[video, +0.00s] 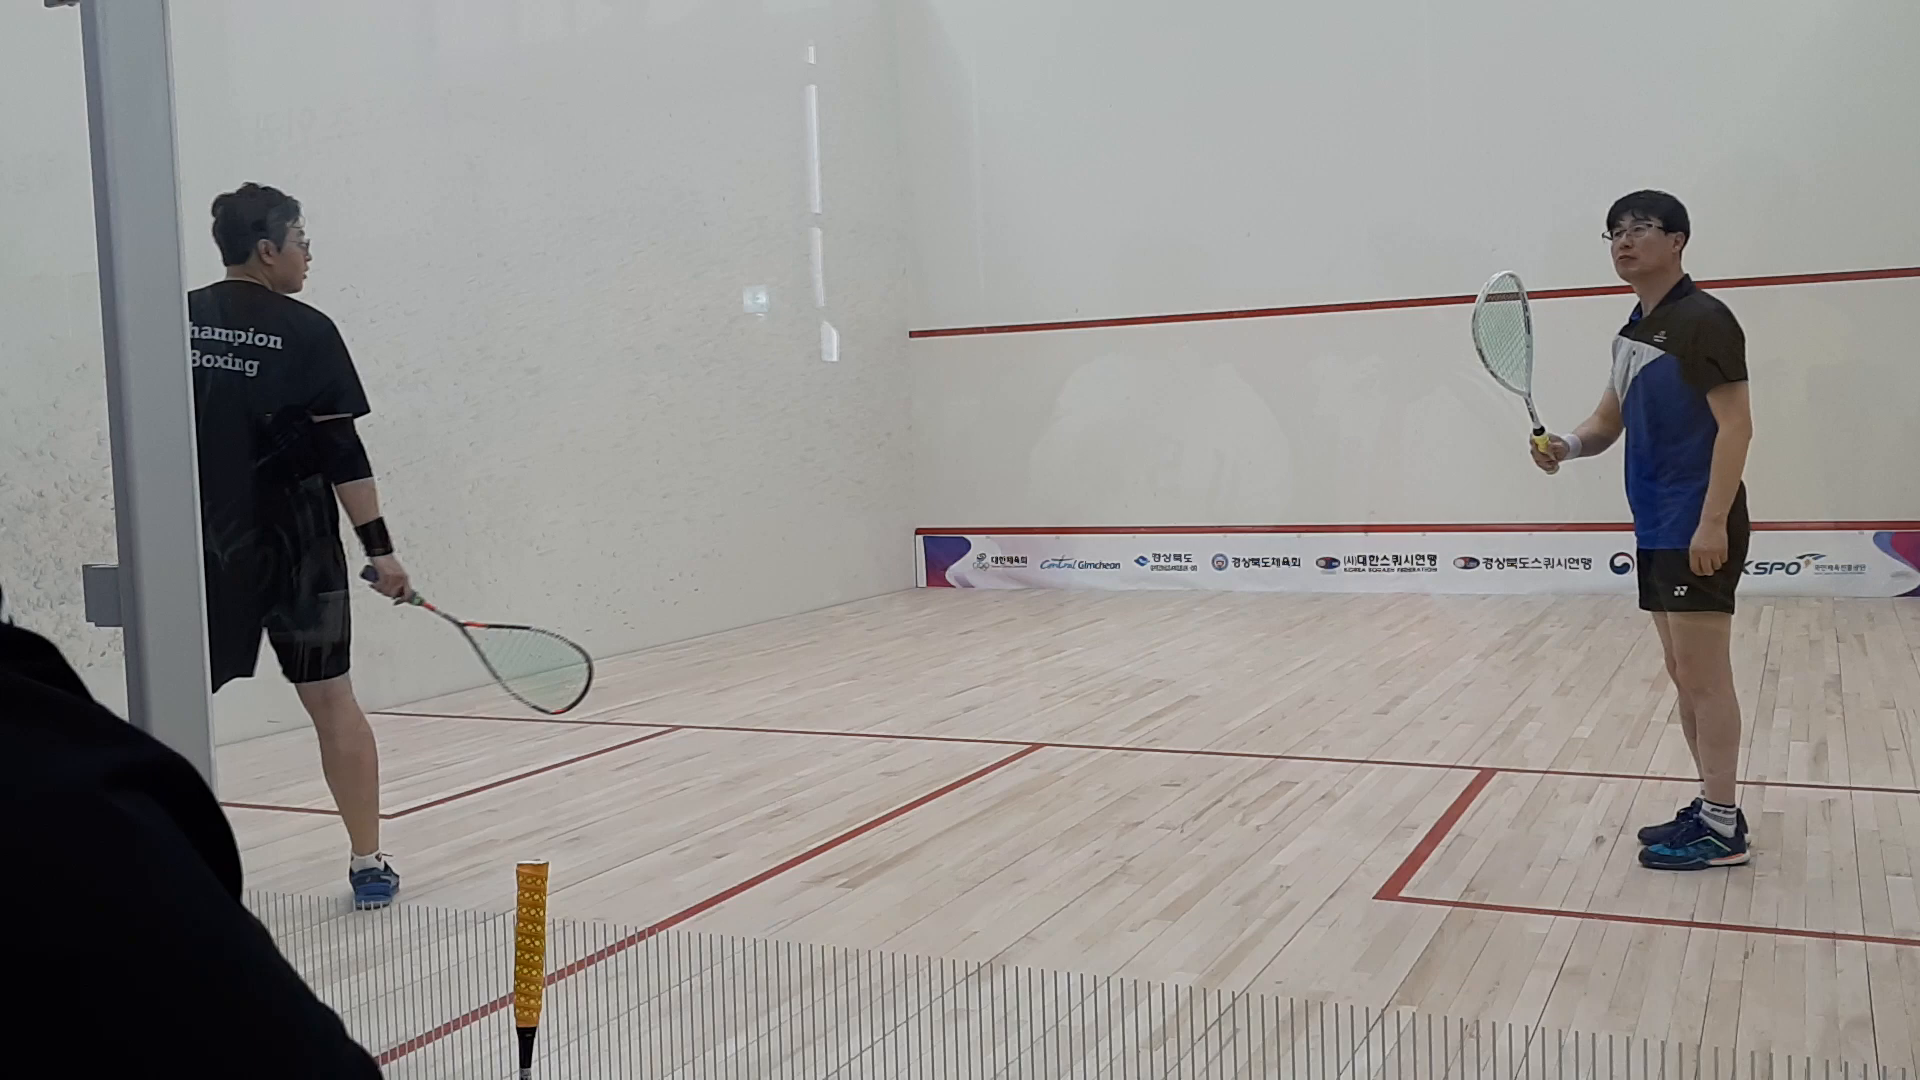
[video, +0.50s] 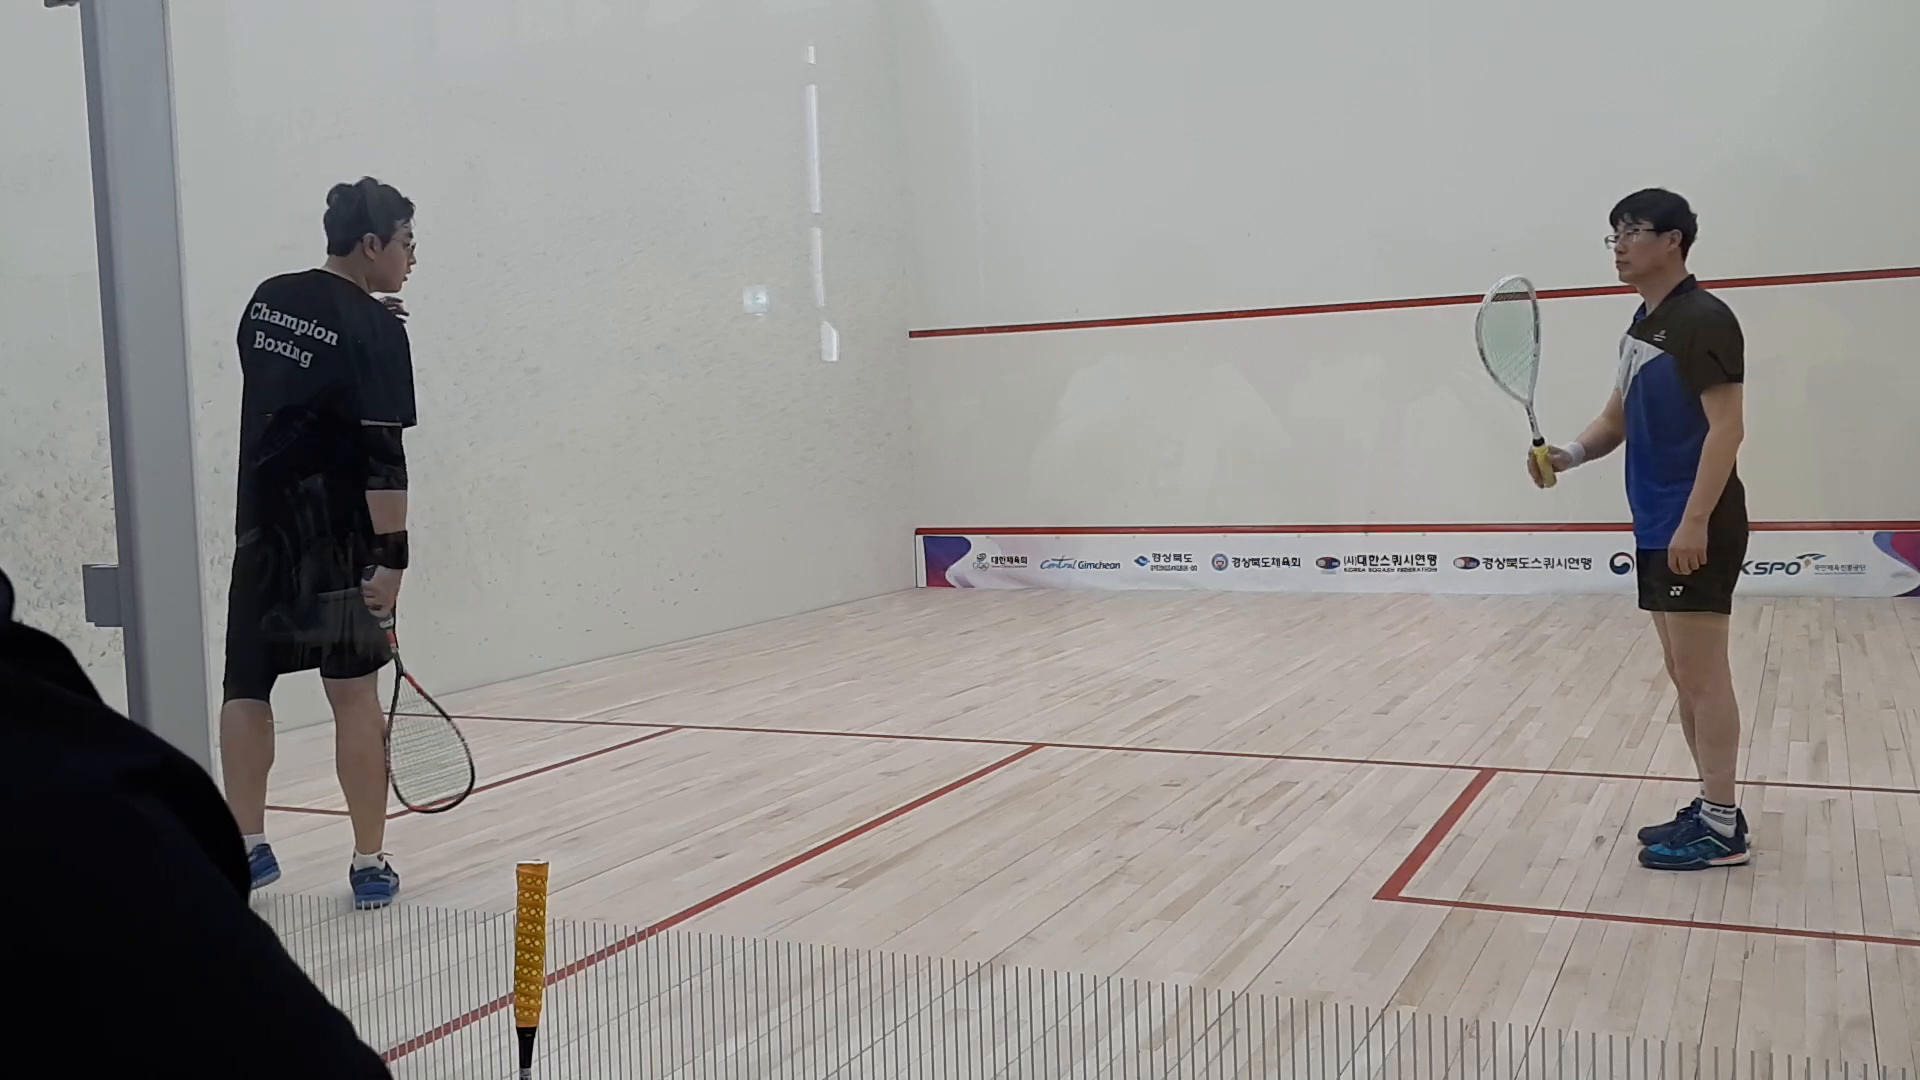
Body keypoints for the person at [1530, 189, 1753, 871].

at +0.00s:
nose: (1622, 242)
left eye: (1636, 231)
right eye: (1616, 234)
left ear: (1675, 241)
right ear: (1612, 249)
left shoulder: (1705, 321)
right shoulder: (1632, 333)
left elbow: (1736, 428)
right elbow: (1606, 423)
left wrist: (1712, 522)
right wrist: (1567, 443)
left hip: (1698, 530)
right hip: (1658, 531)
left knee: (1705, 678)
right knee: (1684, 676)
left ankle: (1722, 823)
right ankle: (1713, 807)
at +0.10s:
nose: (1621, 244)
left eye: (1635, 233)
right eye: (1615, 236)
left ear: (1675, 241)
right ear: (1613, 250)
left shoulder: (1705, 320)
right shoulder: (1633, 333)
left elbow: (1733, 427)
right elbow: (1606, 421)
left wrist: (1699, 517)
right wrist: (1567, 442)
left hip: (1701, 525)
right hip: (1659, 527)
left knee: (1705, 676)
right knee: (1684, 674)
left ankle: (1721, 822)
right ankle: (1713, 808)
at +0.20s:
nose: (1616, 245)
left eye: (1630, 233)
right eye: (1613, 236)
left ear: (1672, 240)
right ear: (1617, 249)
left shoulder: (1704, 320)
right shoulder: (1635, 331)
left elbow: (1731, 428)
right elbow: (1608, 422)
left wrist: (1690, 517)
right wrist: (1567, 441)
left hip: (1701, 524)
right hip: (1659, 524)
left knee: (1705, 675)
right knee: (1683, 672)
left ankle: (1721, 821)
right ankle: (1713, 808)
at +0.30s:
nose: (1616, 246)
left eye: (1629, 234)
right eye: (1613, 236)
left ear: (1672, 241)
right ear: (1620, 248)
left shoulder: (1704, 321)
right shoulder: (1638, 329)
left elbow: (1729, 429)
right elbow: (1610, 420)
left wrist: (1686, 517)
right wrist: (1568, 441)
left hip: (1701, 523)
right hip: (1659, 522)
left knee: (1705, 674)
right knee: (1683, 671)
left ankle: (1721, 821)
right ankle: (1713, 807)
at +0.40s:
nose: (1617, 246)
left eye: (1630, 234)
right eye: (1615, 236)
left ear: (1672, 240)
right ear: (1622, 247)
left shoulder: (1704, 321)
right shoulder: (1640, 328)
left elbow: (1727, 430)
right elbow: (1611, 421)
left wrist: (1688, 519)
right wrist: (1568, 442)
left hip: (1699, 524)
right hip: (1658, 524)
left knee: (1704, 674)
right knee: (1683, 672)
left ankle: (1721, 821)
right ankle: (1713, 808)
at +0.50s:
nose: (1617, 246)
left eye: (1630, 233)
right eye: (1615, 235)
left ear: (1673, 240)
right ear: (1624, 247)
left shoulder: (1704, 321)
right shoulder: (1642, 326)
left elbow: (1727, 429)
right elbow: (1616, 418)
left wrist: (1694, 520)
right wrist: (1570, 453)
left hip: (1699, 525)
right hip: (1658, 525)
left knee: (1703, 674)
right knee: (1684, 672)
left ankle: (1721, 822)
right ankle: (1713, 808)